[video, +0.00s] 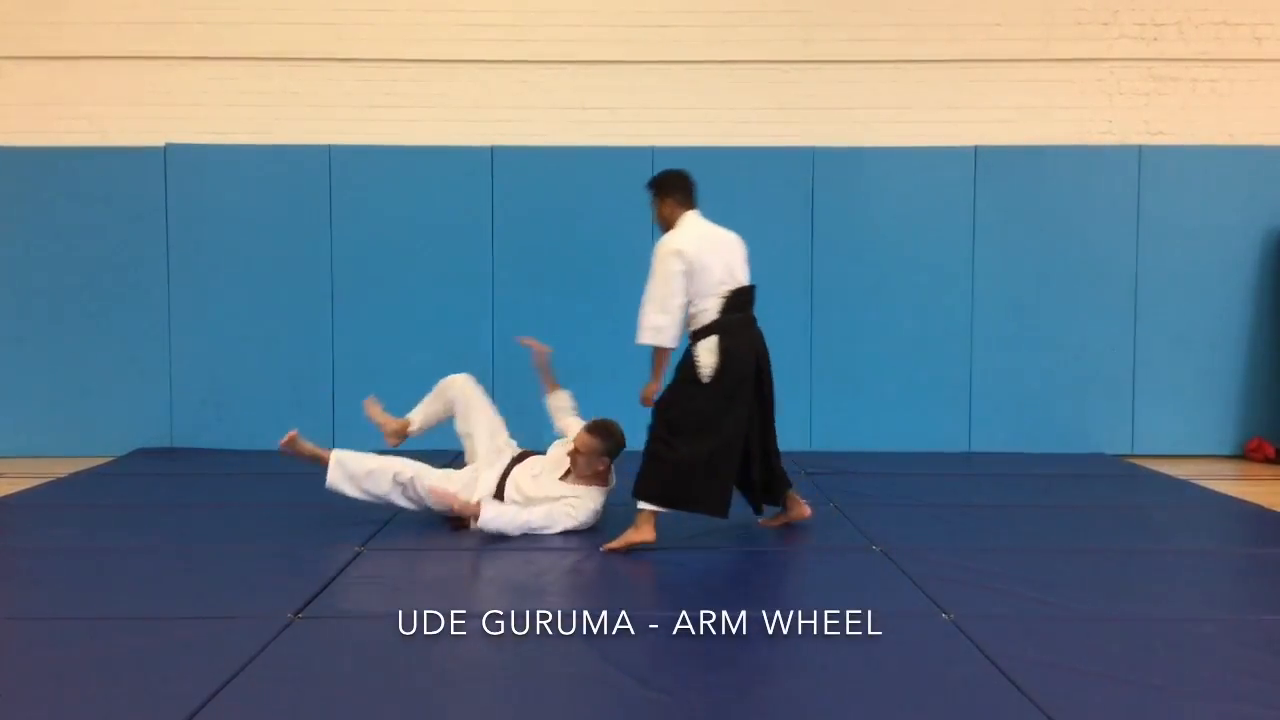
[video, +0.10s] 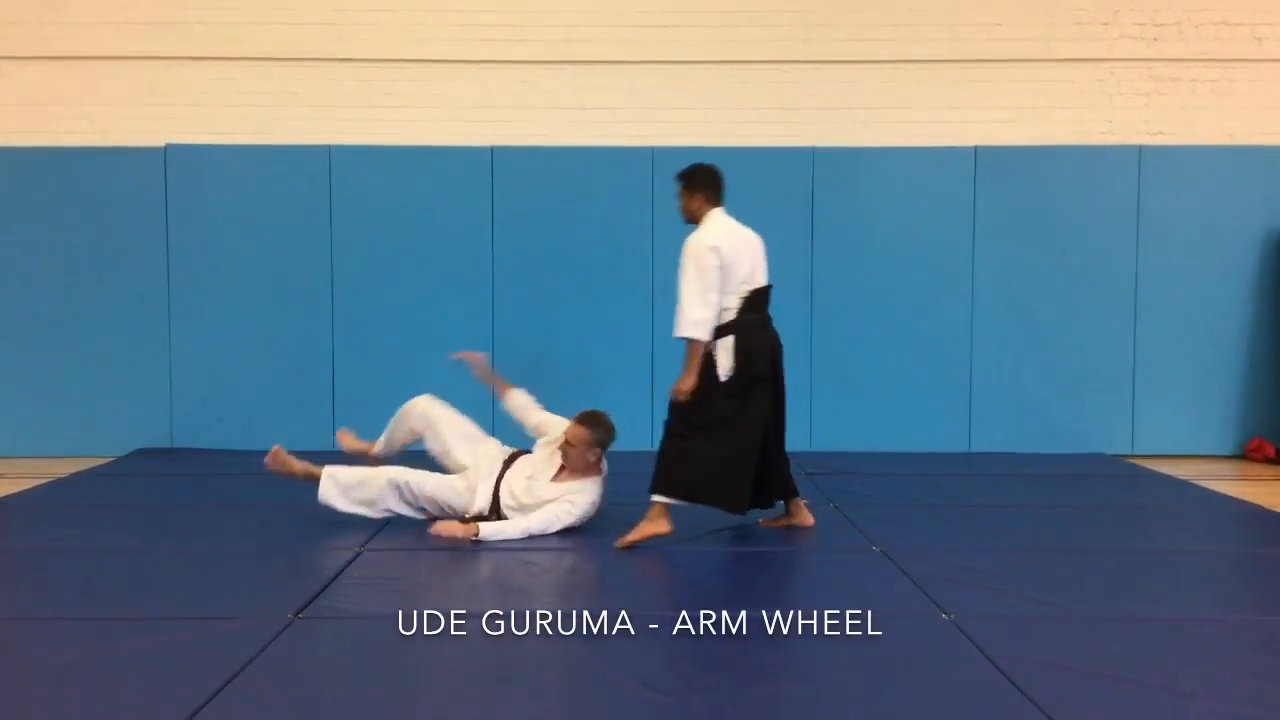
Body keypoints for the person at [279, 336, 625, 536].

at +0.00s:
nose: (571, 453)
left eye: (579, 453)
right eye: (574, 445)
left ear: (600, 464)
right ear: (580, 441)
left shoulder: (584, 509)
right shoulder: (584, 448)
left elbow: (528, 519)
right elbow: (564, 412)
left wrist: (476, 511)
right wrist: (545, 369)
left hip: (478, 494)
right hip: (502, 455)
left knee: (404, 477)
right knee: (461, 384)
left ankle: (318, 455)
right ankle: (402, 428)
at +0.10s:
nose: (562, 446)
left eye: (572, 445)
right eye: (565, 439)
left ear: (595, 457)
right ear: (571, 435)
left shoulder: (580, 500)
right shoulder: (565, 435)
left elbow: (529, 525)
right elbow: (530, 411)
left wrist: (472, 531)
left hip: (477, 500)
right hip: (494, 457)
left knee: (397, 483)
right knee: (423, 408)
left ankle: (305, 472)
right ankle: (379, 451)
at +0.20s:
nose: (540, 435)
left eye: (549, 433)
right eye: (541, 427)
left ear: (572, 439)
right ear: (545, 419)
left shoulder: (574, 483)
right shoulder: (541, 421)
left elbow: (530, 523)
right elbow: (491, 411)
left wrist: (476, 529)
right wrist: (437, 395)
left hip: (473, 498)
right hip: (473, 458)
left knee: (395, 482)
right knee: (395, 430)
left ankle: (311, 487)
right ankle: (359, 472)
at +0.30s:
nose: (512, 416)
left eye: (520, 413)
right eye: (512, 408)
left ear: (546, 417)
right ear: (513, 400)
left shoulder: (554, 461)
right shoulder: (508, 407)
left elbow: (526, 521)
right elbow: (458, 411)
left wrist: (479, 533)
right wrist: (395, 413)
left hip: (468, 497)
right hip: (462, 457)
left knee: (399, 485)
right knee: (386, 432)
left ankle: (337, 496)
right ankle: (363, 488)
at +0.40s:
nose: (482, 403)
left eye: (490, 398)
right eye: (481, 394)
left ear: (514, 396)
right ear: (478, 387)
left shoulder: (532, 439)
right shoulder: (472, 398)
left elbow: (526, 506)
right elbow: (420, 411)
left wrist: (488, 531)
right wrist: (360, 430)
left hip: (468, 497)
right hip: (454, 456)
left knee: (402, 497)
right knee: (385, 433)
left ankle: (375, 506)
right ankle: (373, 486)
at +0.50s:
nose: (451, 396)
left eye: (460, 390)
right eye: (449, 387)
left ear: (483, 384)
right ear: (445, 379)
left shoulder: (507, 427)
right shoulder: (442, 393)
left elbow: (523, 488)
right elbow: (393, 413)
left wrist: (491, 529)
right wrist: (339, 445)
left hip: (470, 495)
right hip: (445, 457)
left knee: (401, 508)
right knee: (382, 438)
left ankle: (385, 505)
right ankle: (388, 492)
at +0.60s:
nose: (432, 396)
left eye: (440, 388)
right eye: (425, 388)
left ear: (456, 380)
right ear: (418, 379)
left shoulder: (479, 419)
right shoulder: (411, 391)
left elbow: (506, 479)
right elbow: (361, 414)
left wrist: (490, 530)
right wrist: (324, 454)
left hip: (464, 493)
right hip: (430, 464)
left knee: (390, 514)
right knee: (368, 444)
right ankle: (394, 502)